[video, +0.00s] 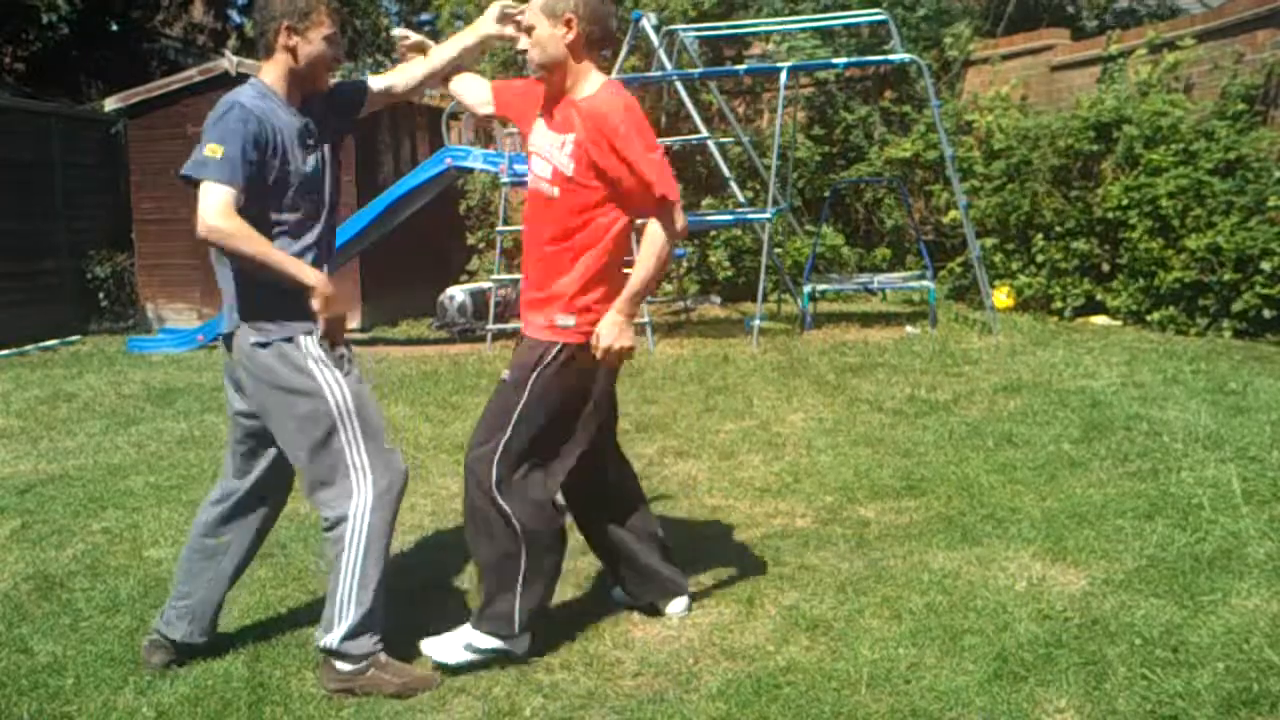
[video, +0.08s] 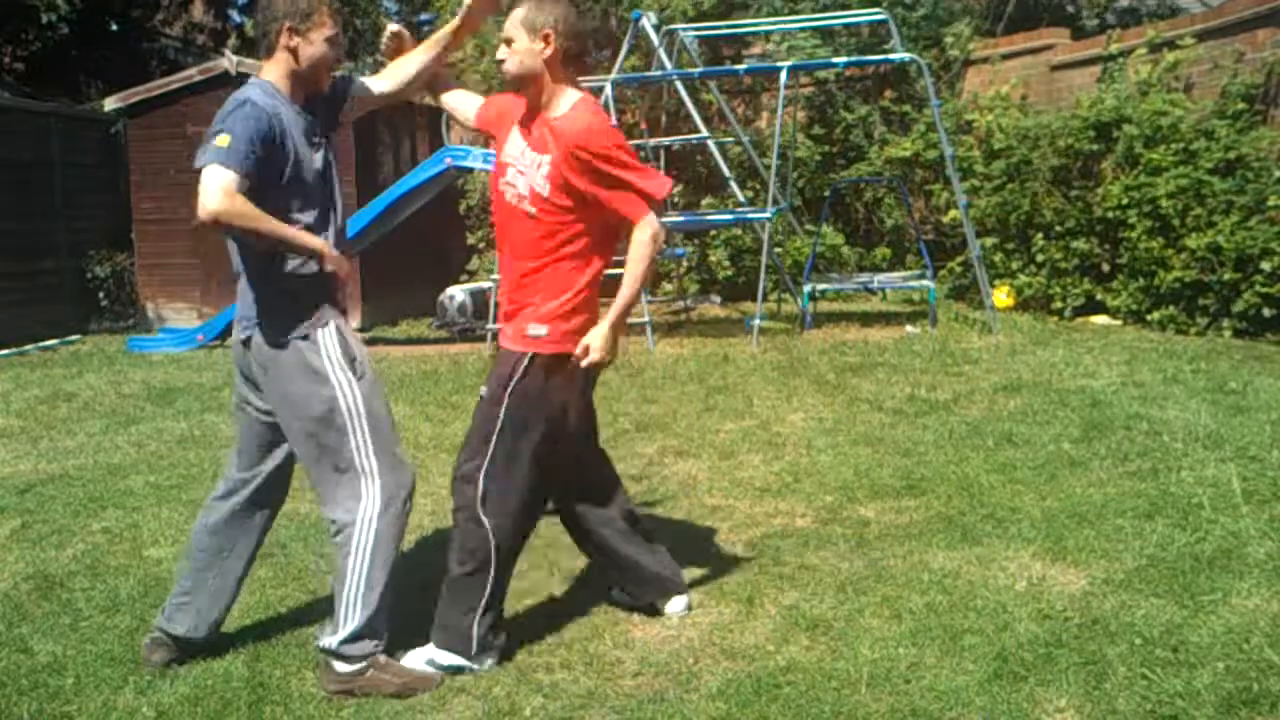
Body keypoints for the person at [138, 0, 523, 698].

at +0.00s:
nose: (341, 54)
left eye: (341, 41)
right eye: (332, 40)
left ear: (305, 42)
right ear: (288, 37)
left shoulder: (317, 105)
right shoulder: (242, 113)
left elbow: (403, 81)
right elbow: (214, 219)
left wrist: (485, 29)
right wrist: (312, 276)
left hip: (275, 334)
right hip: (282, 337)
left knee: (247, 488)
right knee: (370, 475)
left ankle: (175, 634)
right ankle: (350, 654)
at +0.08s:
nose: (342, 52)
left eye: (342, 40)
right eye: (334, 39)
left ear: (301, 39)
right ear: (292, 38)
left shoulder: (314, 95)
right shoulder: (255, 110)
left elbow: (394, 83)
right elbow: (217, 201)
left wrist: (461, 24)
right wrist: (319, 245)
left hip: (274, 329)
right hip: (303, 330)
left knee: (248, 483)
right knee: (378, 480)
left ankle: (177, 631)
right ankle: (353, 655)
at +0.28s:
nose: (341, 42)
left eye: (340, 30)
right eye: (334, 28)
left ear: (286, 27)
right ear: (296, 26)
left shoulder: (235, 101)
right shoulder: (305, 82)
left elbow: (330, 181)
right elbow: (413, 91)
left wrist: (423, 159)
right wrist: (431, 102)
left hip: (264, 310)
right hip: (319, 312)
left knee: (278, 453)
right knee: (376, 468)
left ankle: (206, 589)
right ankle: (358, 653)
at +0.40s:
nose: (344, 43)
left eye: (343, 31)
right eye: (339, 30)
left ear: (287, 29)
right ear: (305, 28)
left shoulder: (226, 109)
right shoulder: (325, 79)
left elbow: (261, 196)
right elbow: (426, 101)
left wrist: (355, 172)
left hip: (255, 313)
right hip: (323, 307)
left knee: (278, 444)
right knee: (366, 465)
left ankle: (239, 583)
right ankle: (357, 650)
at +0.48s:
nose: (344, 60)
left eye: (344, 48)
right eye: (341, 47)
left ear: (286, 35)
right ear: (310, 35)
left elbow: (223, 203)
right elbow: (418, 120)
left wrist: (330, 194)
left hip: (248, 315)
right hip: (315, 308)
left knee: (261, 455)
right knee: (358, 468)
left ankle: (237, 587)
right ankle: (358, 648)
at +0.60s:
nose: (336, 72)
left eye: (339, 62)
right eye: (333, 59)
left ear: (285, 43)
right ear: (302, 42)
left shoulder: (217, 120)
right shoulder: (298, 84)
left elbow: (223, 221)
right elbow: (378, 160)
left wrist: (329, 220)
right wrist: (415, 170)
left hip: (237, 309)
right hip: (292, 302)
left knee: (267, 467)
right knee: (348, 467)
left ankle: (243, 599)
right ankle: (356, 650)